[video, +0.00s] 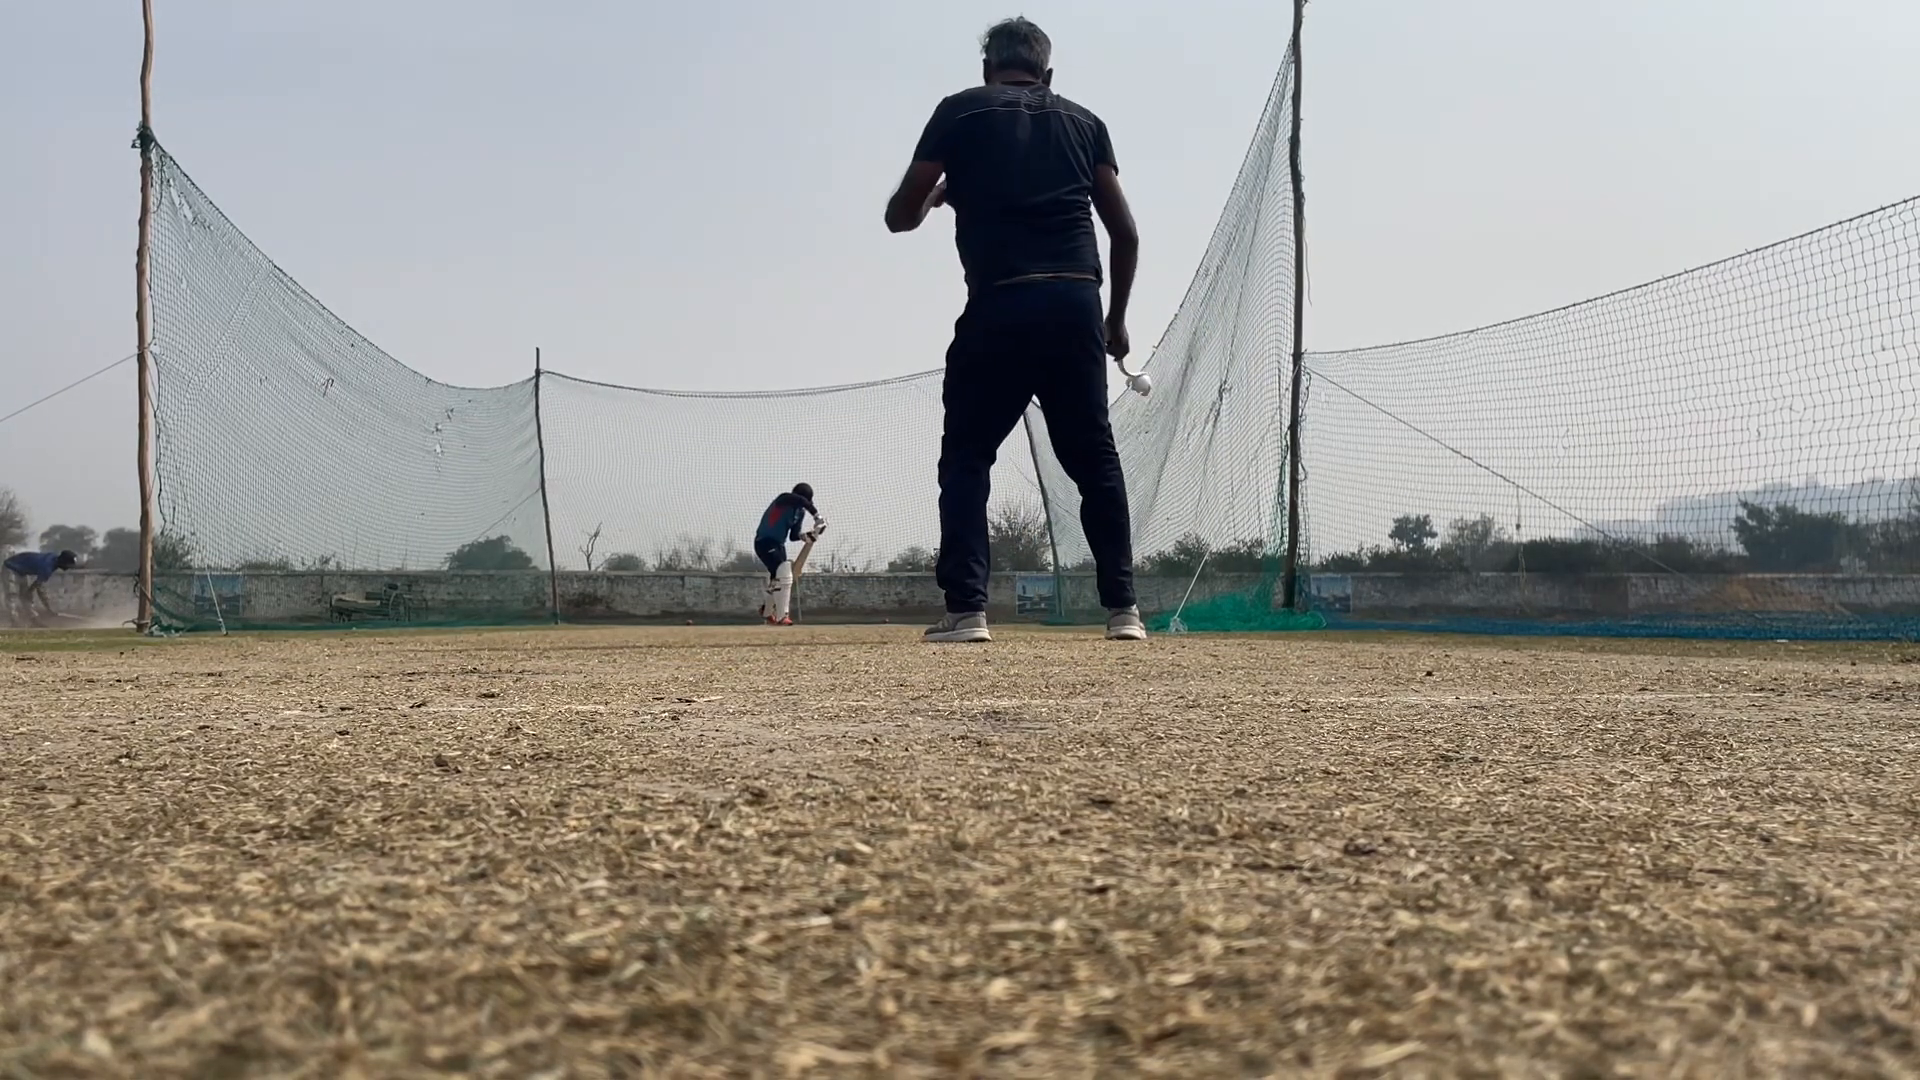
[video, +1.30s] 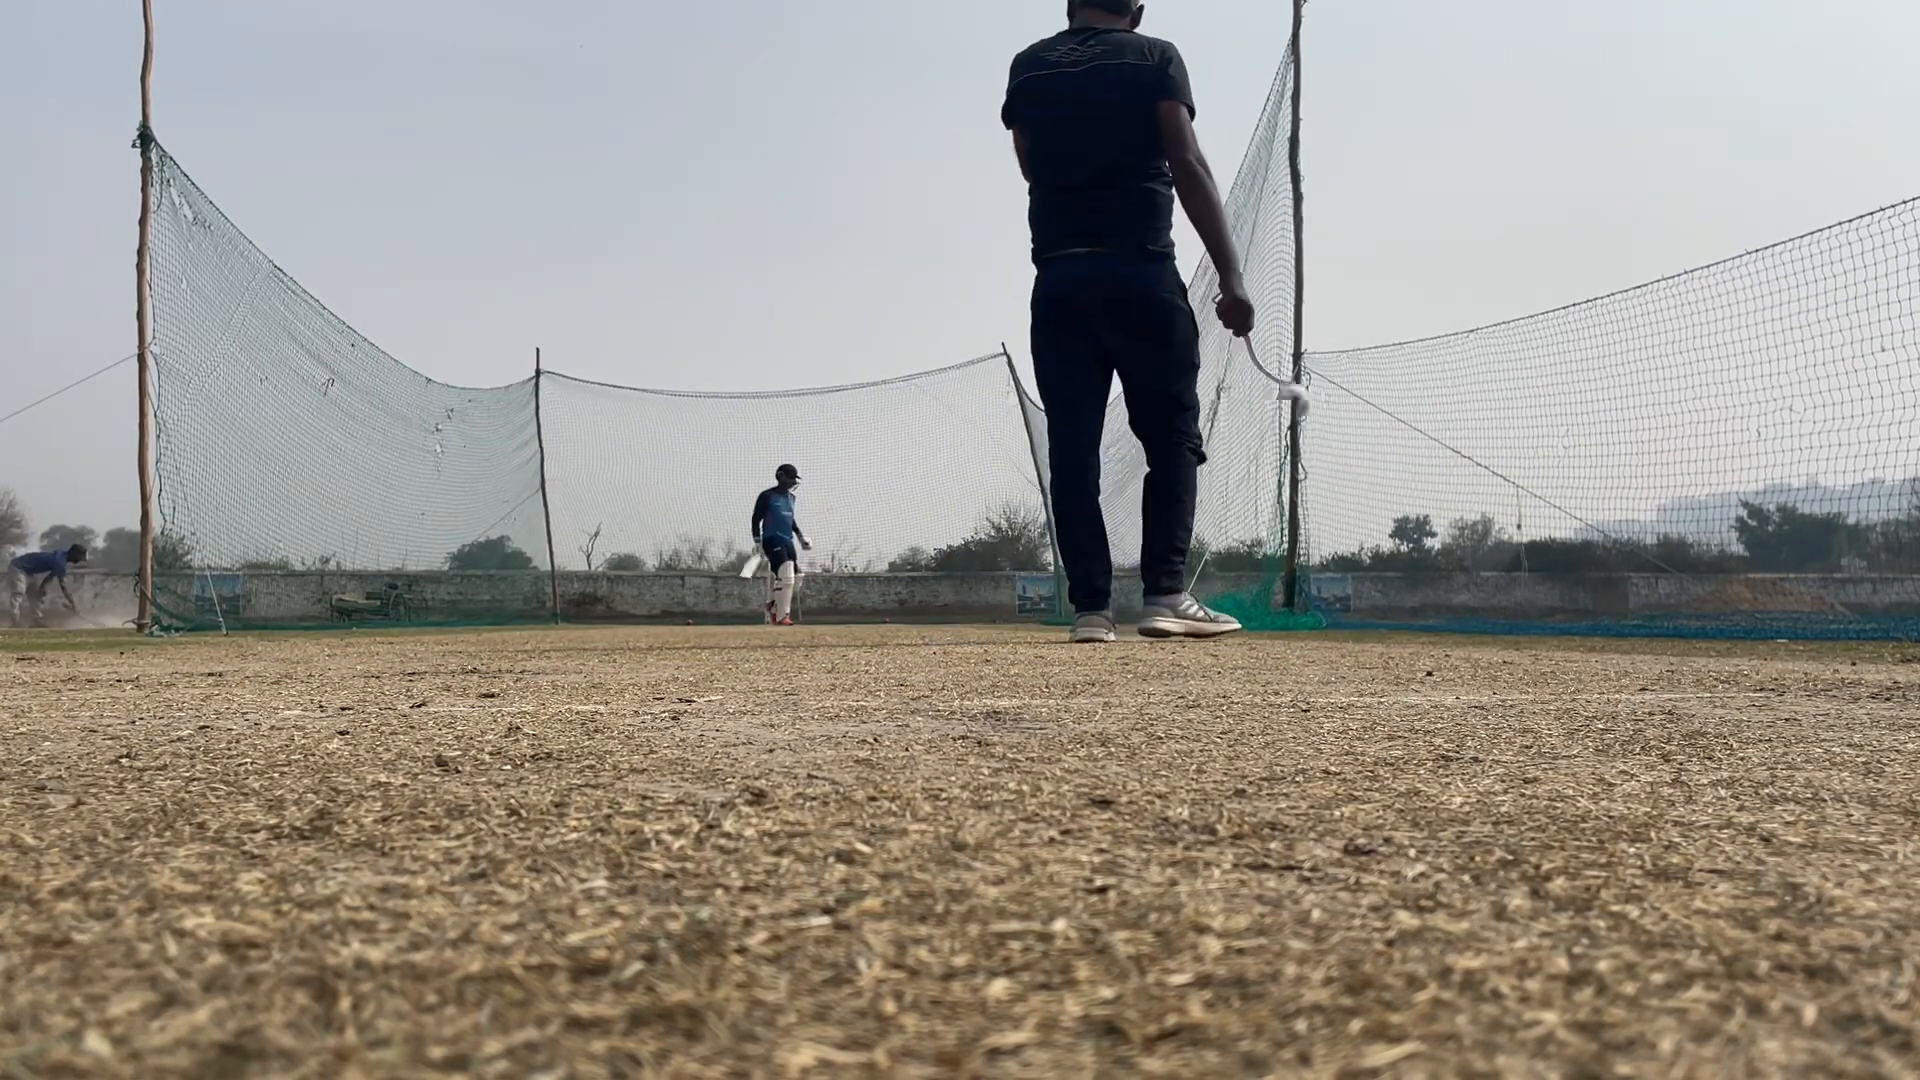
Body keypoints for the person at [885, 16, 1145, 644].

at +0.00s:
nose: (991, 78)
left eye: (989, 69)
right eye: (1038, 71)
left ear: (986, 66)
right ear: (1048, 71)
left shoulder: (959, 110)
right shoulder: (1083, 122)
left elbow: (900, 217)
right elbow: (1124, 234)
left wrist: (933, 194)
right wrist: (1116, 317)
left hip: (997, 312)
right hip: (1076, 311)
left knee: (965, 459)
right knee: (1095, 456)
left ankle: (966, 613)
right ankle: (1123, 611)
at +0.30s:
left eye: (1052, 73)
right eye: (1102, 76)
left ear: (1048, 71)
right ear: (1108, 78)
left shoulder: (1019, 109)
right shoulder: (1139, 127)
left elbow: (967, 205)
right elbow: (1179, 230)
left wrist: (1001, 151)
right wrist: (1205, 330)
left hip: (1044, 305)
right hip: (1121, 309)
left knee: (1009, 453)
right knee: (1120, 456)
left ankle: (971, 609)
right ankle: (1124, 611)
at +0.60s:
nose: (1145, 71)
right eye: (1146, 64)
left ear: (1083, 56)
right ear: (1144, 64)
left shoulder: (1045, 99)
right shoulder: (1166, 115)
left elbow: (1010, 193)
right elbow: (1201, 223)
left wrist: (1057, 148)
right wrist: (1229, 328)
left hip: (1054, 306)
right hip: (1132, 309)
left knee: (1043, 445)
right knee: (1130, 455)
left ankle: (1067, 567)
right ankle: (1125, 611)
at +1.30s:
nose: (1142, 17)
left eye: (1136, 16)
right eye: (1143, 13)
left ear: (1072, 9)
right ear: (1134, 11)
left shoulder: (1028, 62)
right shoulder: (1154, 53)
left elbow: (1031, 168)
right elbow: (1187, 166)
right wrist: (1230, 277)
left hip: (1060, 283)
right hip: (1144, 279)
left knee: (1071, 448)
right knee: (1173, 438)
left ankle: (1090, 612)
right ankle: (1167, 599)